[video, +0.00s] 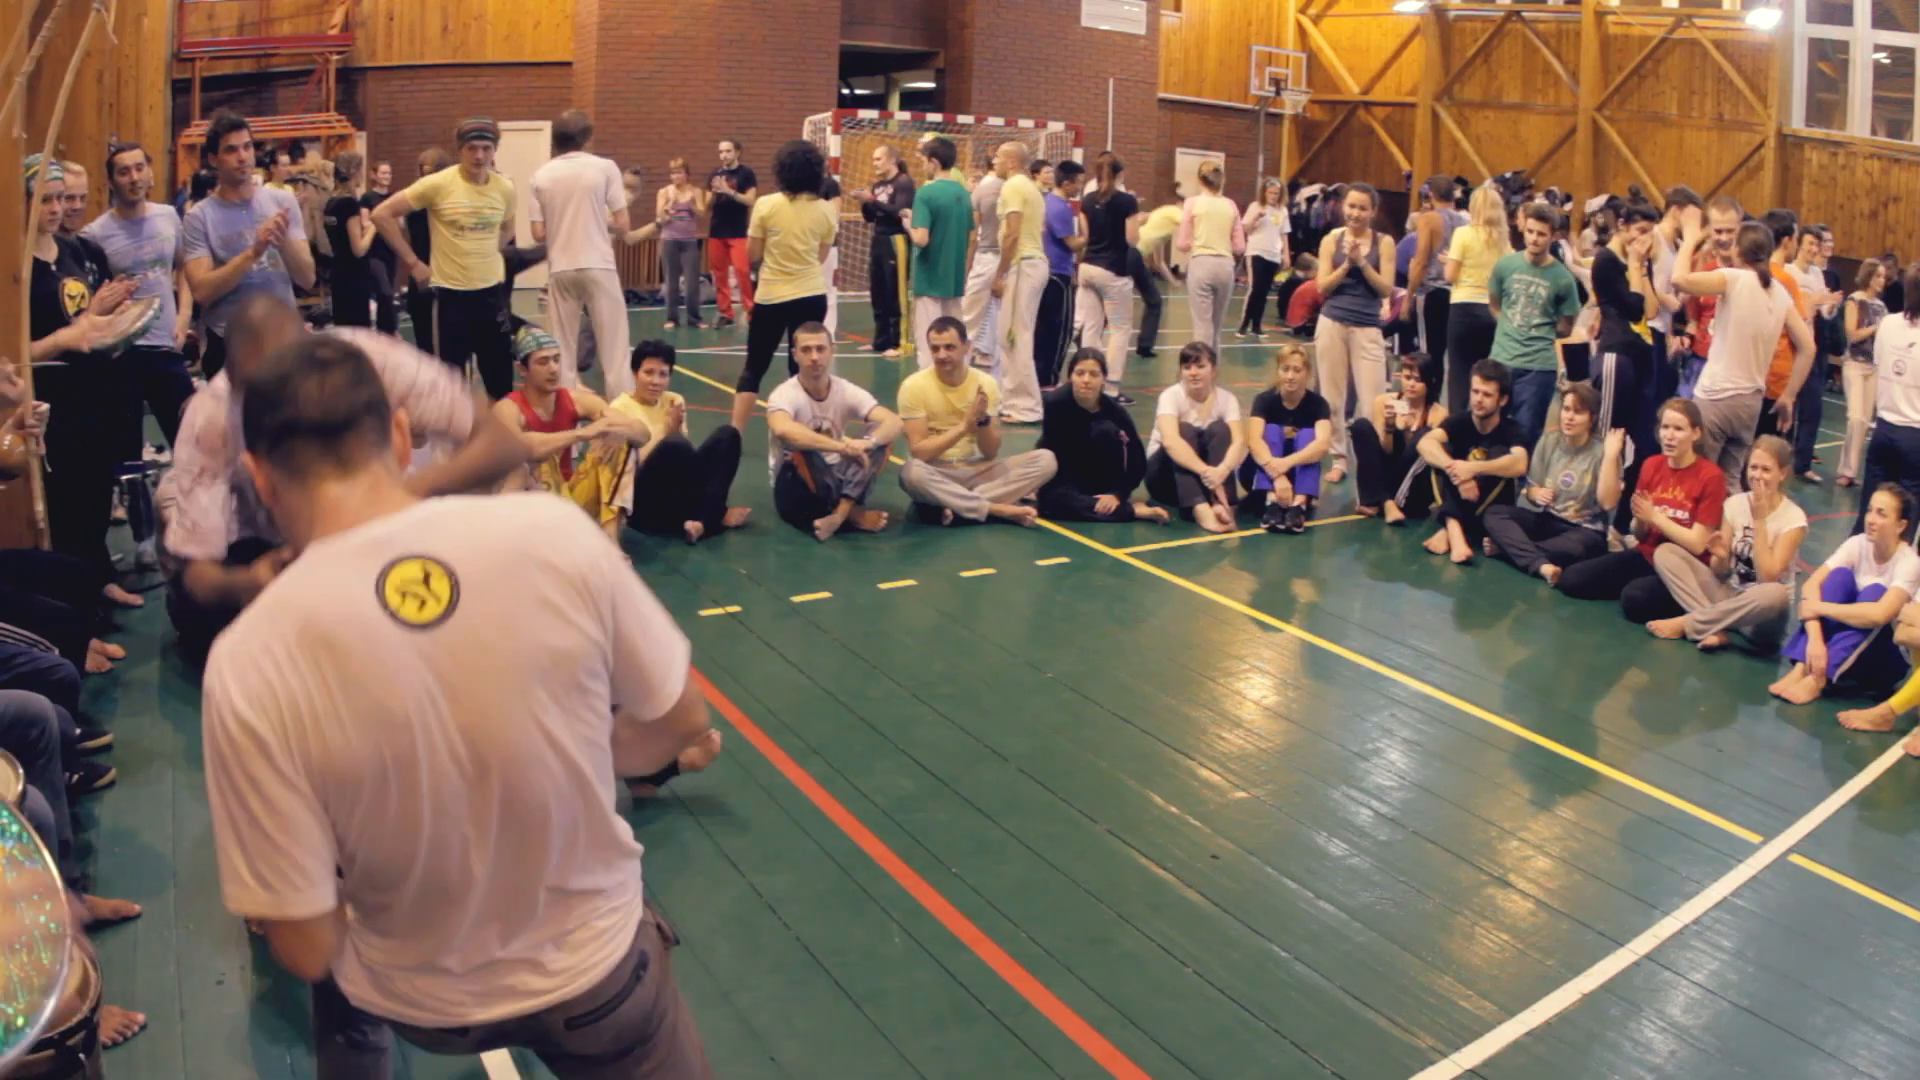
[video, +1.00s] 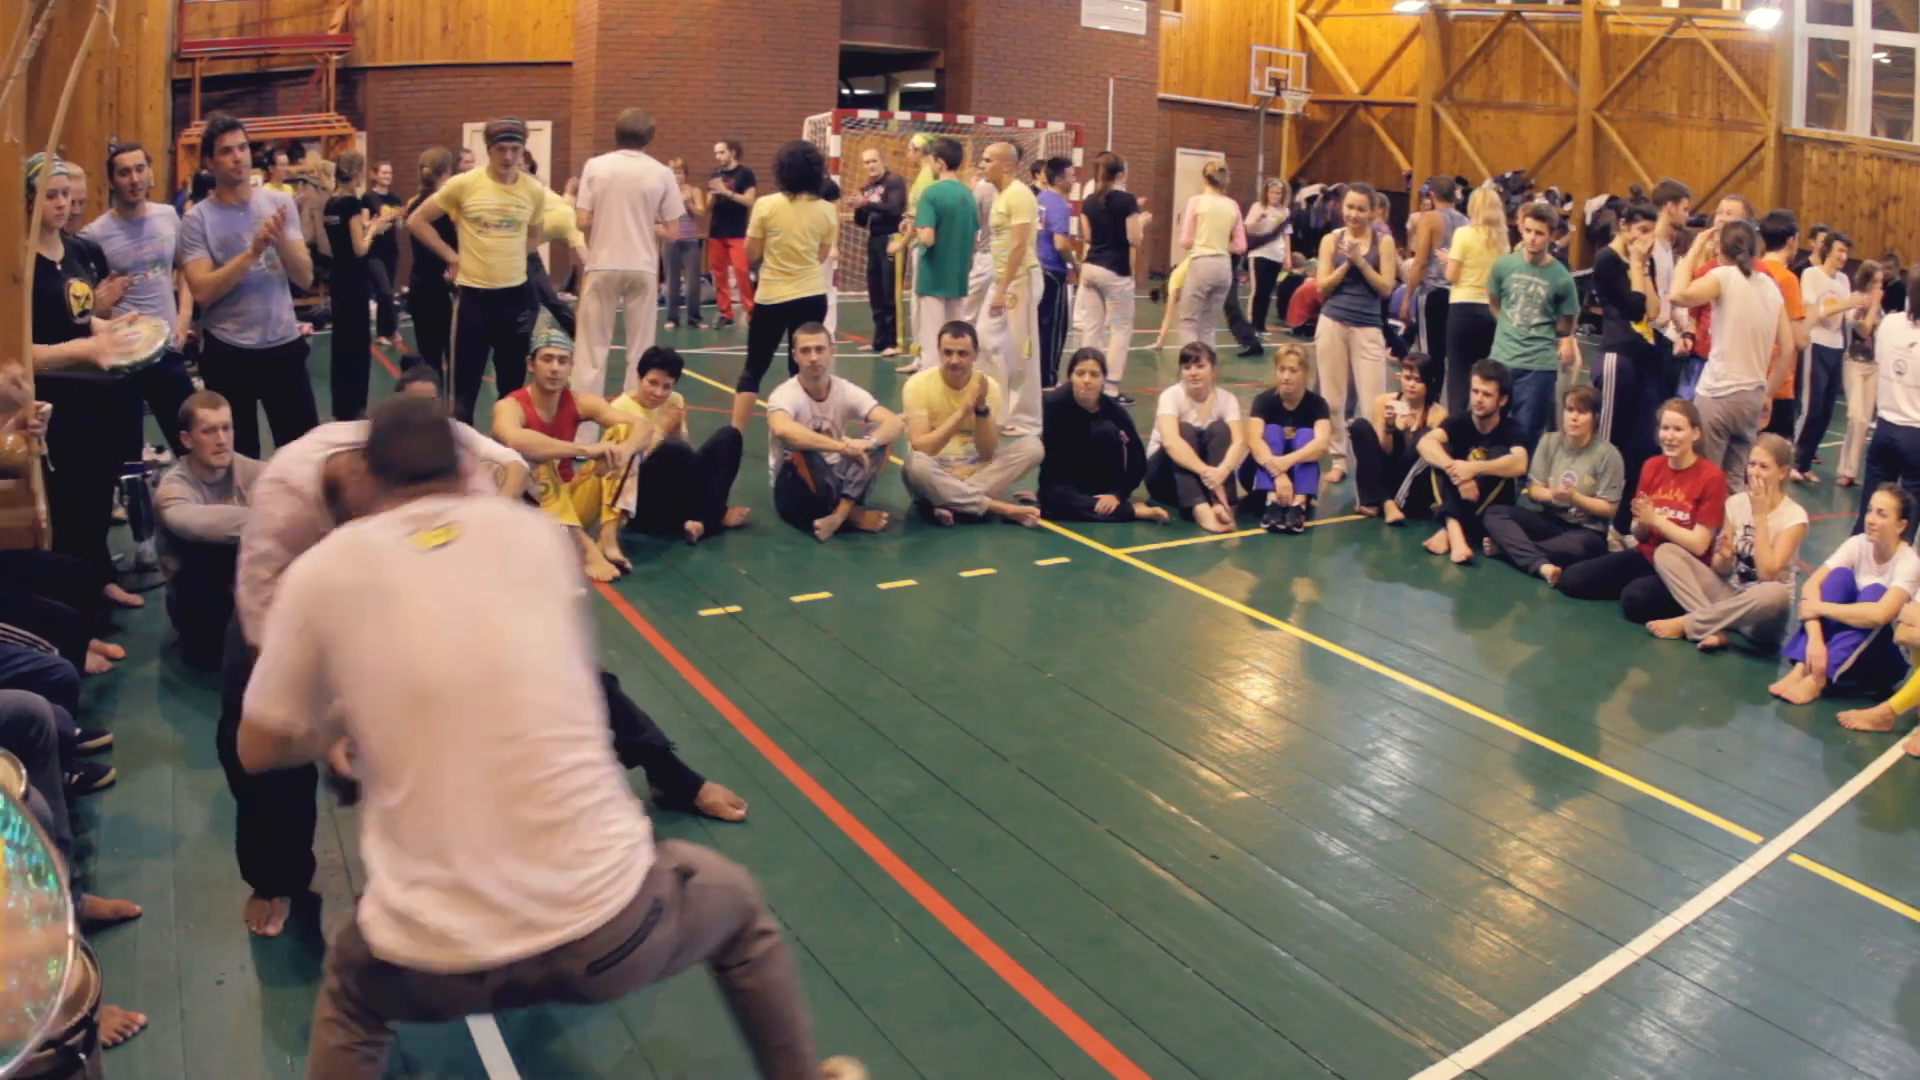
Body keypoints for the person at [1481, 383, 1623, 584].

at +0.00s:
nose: (1569, 417)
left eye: (1578, 412)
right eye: (1566, 409)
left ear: (1592, 417)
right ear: (1560, 411)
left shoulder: (1603, 451)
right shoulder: (1548, 440)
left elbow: (1608, 504)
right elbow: (1530, 488)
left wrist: (1611, 454)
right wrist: (1536, 493)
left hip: (1578, 528)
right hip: (1541, 518)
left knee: (1576, 548)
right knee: (1494, 514)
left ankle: (1508, 549)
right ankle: (1539, 566)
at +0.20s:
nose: (1568, 420)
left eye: (1576, 415)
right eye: (1564, 412)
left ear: (1591, 419)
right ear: (1559, 413)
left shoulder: (1608, 456)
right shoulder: (1548, 442)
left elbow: (1615, 511)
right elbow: (1530, 489)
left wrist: (1597, 490)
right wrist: (1534, 494)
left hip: (1582, 529)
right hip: (1544, 518)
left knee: (1574, 549)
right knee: (1494, 514)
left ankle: (1509, 549)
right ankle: (1539, 566)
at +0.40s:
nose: (1571, 420)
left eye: (1579, 415)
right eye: (1567, 412)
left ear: (1593, 418)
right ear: (1561, 414)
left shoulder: (1611, 457)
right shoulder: (1549, 442)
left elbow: (1616, 508)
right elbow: (1535, 500)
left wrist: (1598, 507)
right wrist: (1533, 488)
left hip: (1582, 529)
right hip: (1545, 518)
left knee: (1575, 548)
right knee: (1494, 514)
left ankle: (1509, 549)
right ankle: (1539, 566)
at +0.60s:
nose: (1573, 420)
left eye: (1581, 414)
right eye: (1569, 412)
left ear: (1594, 418)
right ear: (1562, 414)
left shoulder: (1610, 457)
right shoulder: (1550, 442)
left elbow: (1610, 510)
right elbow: (1534, 491)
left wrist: (1574, 496)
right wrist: (1556, 496)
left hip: (1585, 529)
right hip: (1548, 520)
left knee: (1576, 548)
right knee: (1494, 514)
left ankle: (1509, 549)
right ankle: (1539, 566)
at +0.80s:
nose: (1573, 420)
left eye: (1581, 414)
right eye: (1568, 412)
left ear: (1594, 418)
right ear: (1562, 414)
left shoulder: (1610, 457)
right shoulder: (1549, 441)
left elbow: (1614, 509)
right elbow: (1531, 495)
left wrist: (1588, 504)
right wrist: (1535, 489)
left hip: (1583, 530)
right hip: (1547, 519)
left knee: (1574, 548)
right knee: (1494, 514)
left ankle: (1509, 549)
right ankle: (1539, 566)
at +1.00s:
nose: (1574, 417)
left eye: (1581, 412)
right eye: (1570, 410)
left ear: (1594, 417)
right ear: (1562, 413)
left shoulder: (1609, 455)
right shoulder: (1549, 442)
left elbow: (1609, 509)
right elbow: (1534, 490)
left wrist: (1574, 497)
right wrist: (1553, 495)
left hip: (1584, 530)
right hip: (1547, 520)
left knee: (1575, 548)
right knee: (1494, 514)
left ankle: (1509, 549)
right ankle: (1539, 565)